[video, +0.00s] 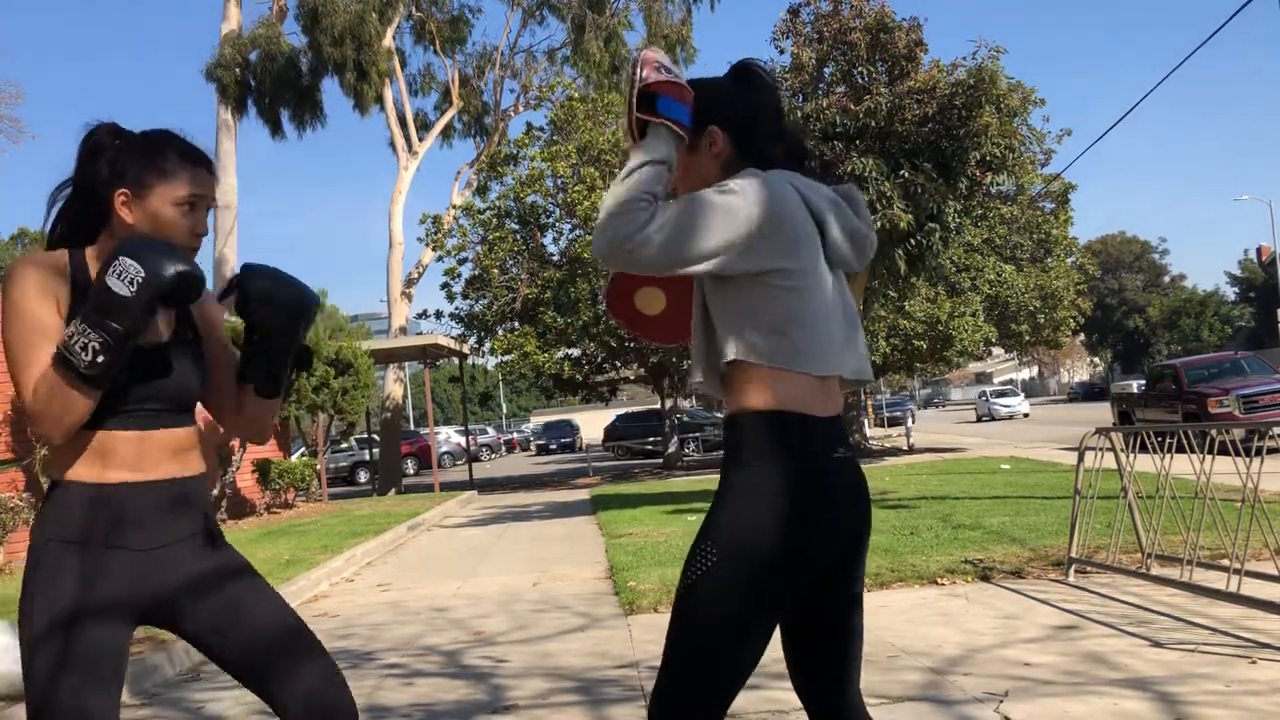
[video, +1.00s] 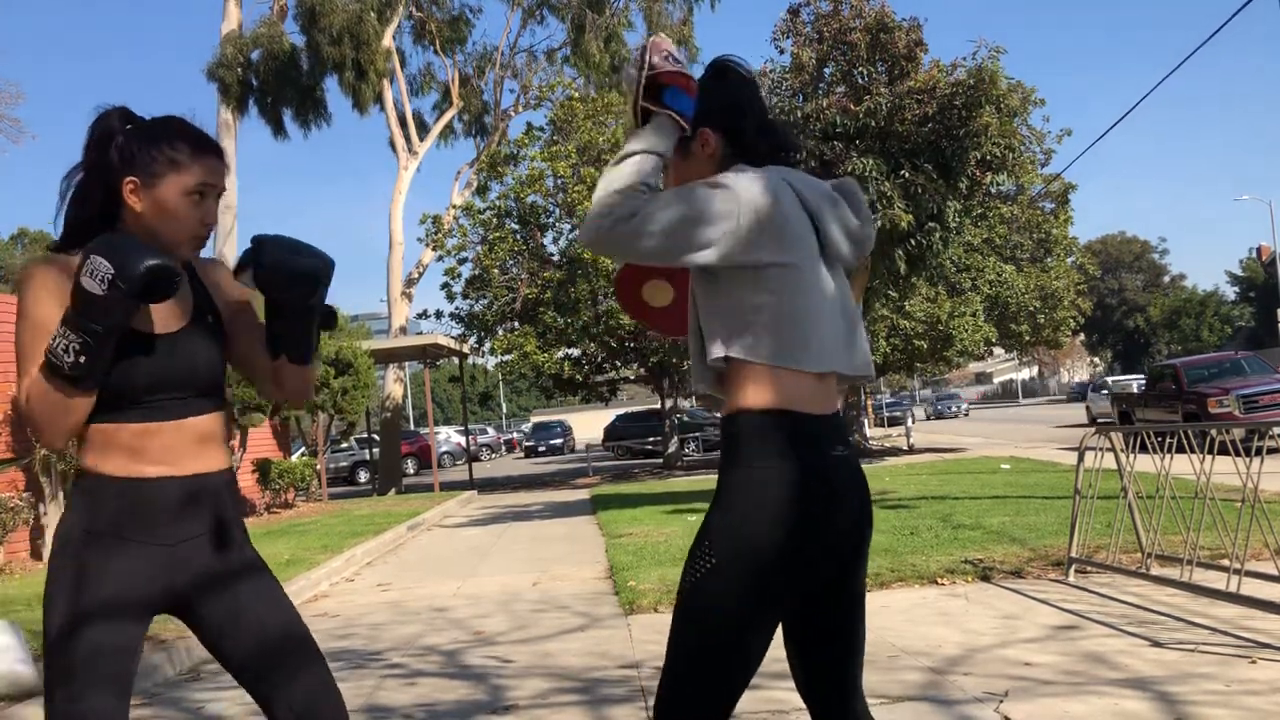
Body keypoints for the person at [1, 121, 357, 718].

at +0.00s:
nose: (204, 227)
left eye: (206, 211)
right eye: (190, 207)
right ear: (127, 205)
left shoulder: (193, 297)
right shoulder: (41, 277)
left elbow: (252, 425)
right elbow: (49, 422)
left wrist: (276, 340)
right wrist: (108, 317)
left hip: (190, 541)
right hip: (82, 546)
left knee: (323, 697)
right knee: (70, 709)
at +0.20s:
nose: (226, 209)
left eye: (230, 192)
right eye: (211, 191)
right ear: (145, 190)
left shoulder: (246, 250)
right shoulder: (82, 275)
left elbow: (379, 229)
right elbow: (87, 426)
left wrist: (460, 165)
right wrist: (110, 318)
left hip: (221, 533)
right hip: (113, 531)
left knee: (314, 703)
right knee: (82, 707)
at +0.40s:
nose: (229, 225)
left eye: (234, 208)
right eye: (216, 206)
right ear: (151, 199)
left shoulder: (232, 273)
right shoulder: (74, 279)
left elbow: (339, 360)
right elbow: (76, 436)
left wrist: (360, 274)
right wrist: (112, 327)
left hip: (224, 536)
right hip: (115, 537)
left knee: (330, 707)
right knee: (83, 711)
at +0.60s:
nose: (222, 227)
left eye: (228, 211)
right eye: (210, 207)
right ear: (145, 199)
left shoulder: (218, 287)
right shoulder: (59, 281)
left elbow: (266, 419)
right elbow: (65, 430)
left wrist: (284, 318)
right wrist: (107, 321)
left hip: (208, 540)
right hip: (101, 541)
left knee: (318, 708)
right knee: (75, 710)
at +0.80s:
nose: (213, 232)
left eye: (217, 215)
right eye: (200, 212)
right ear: (136, 204)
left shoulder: (208, 295)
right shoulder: (49, 282)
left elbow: (249, 426)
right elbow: (57, 432)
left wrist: (284, 333)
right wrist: (102, 317)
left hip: (199, 545)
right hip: (90, 546)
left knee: (315, 708)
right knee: (70, 709)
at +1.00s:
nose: (213, 215)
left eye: (216, 198)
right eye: (200, 196)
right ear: (134, 193)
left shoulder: (214, 282)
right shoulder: (56, 279)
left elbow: (291, 389)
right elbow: (47, 429)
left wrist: (297, 310)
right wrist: (94, 319)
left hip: (215, 531)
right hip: (107, 536)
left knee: (318, 707)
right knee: (84, 711)